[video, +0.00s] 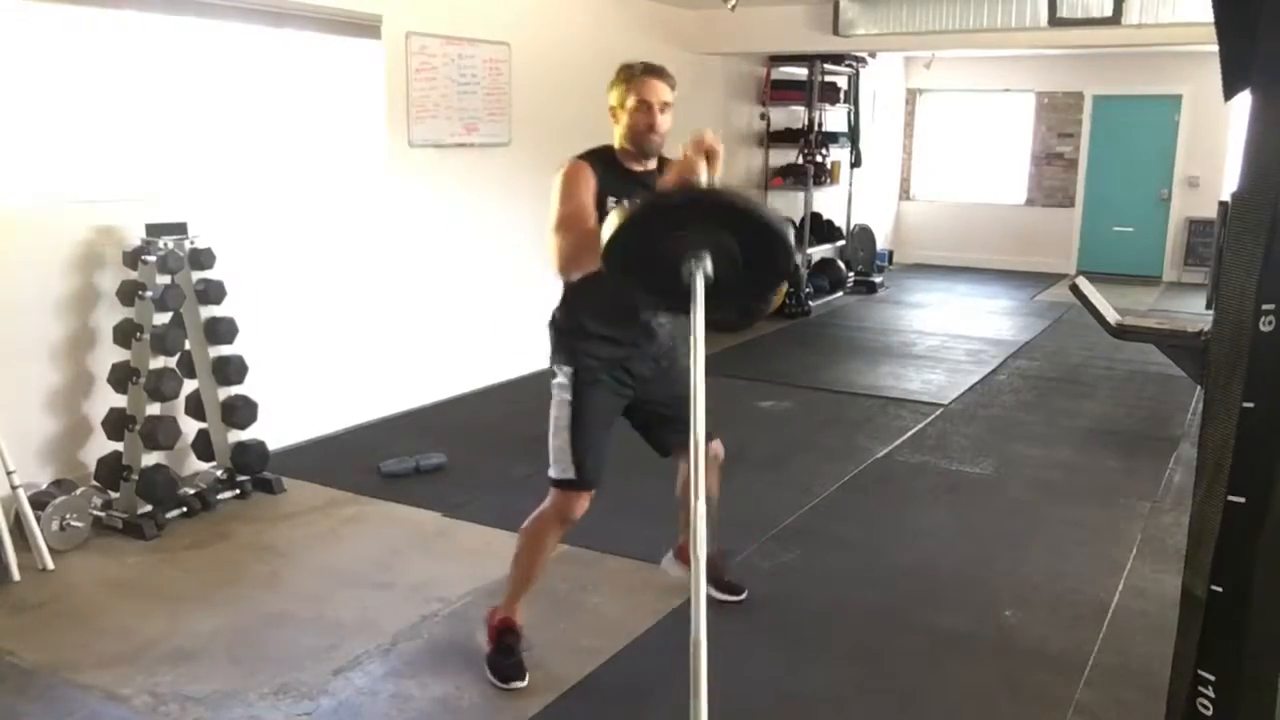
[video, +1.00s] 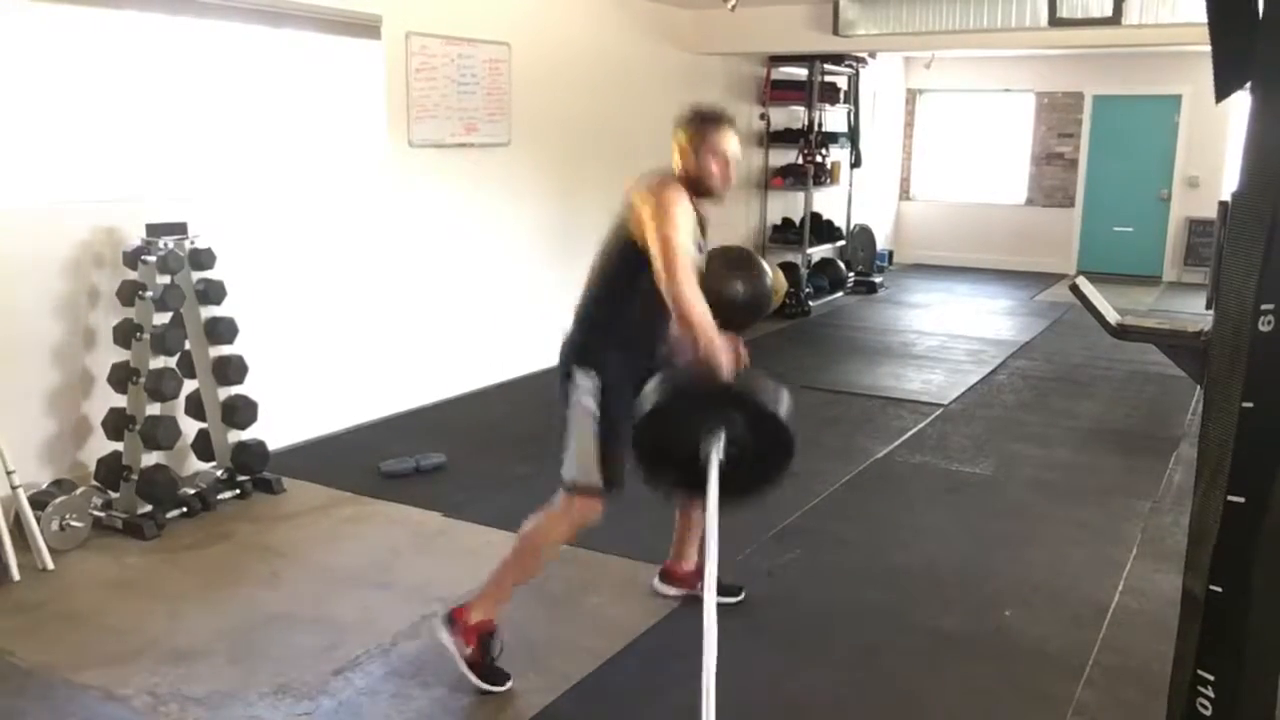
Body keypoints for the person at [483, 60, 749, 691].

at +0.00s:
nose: (654, 118)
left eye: (663, 107)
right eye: (642, 106)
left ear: (674, 113)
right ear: (616, 111)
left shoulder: (676, 179)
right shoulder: (585, 173)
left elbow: (696, 252)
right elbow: (572, 266)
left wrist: (706, 185)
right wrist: (657, 208)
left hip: (659, 346)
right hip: (592, 348)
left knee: (706, 451)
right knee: (570, 501)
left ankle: (692, 550)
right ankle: (505, 618)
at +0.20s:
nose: (712, 153)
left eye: (714, 142)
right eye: (703, 140)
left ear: (680, 144)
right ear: (662, 138)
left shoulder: (677, 203)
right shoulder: (623, 198)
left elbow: (663, 282)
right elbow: (615, 285)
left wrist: (716, 278)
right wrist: (700, 275)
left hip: (636, 356)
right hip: (590, 359)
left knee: (686, 452)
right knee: (577, 508)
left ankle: (679, 569)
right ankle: (473, 626)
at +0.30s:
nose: (727, 183)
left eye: (728, 170)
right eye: (720, 169)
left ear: (689, 167)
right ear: (684, 165)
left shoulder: (671, 219)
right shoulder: (651, 220)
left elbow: (668, 308)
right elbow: (661, 317)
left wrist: (723, 332)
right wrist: (729, 343)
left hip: (625, 371)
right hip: (586, 373)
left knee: (689, 443)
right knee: (593, 519)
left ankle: (679, 569)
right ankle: (473, 623)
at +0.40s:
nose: (733, 213)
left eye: (734, 200)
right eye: (727, 200)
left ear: (690, 200)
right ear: (695, 201)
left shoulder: (651, 237)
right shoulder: (676, 264)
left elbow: (661, 336)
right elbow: (686, 366)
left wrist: (706, 383)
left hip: (626, 387)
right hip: (589, 397)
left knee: (685, 456)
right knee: (604, 542)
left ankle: (678, 568)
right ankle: (472, 630)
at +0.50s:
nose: (743, 248)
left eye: (744, 236)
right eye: (738, 236)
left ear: (698, 235)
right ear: (707, 235)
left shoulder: (646, 263)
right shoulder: (694, 303)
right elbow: (700, 419)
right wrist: (717, 485)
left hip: (623, 402)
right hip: (589, 421)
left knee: (696, 460)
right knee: (609, 565)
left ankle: (670, 558)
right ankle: (474, 634)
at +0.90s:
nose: (746, 218)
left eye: (745, 205)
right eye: (737, 206)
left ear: (698, 207)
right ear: (705, 205)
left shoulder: (661, 243)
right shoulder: (697, 262)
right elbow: (707, 370)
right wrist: (715, 434)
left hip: (636, 395)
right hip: (603, 406)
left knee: (690, 458)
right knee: (586, 550)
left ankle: (679, 569)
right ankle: (463, 632)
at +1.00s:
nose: (727, 168)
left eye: (730, 157)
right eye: (716, 155)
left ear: (726, 159)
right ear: (687, 153)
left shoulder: (686, 208)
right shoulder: (663, 196)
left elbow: (678, 288)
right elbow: (675, 278)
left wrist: (707, 342)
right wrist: (715, 347)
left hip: (648, 359)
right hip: (598, 363)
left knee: (701, 445)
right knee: (582, 503)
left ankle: (683, 564)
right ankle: (475, 617)